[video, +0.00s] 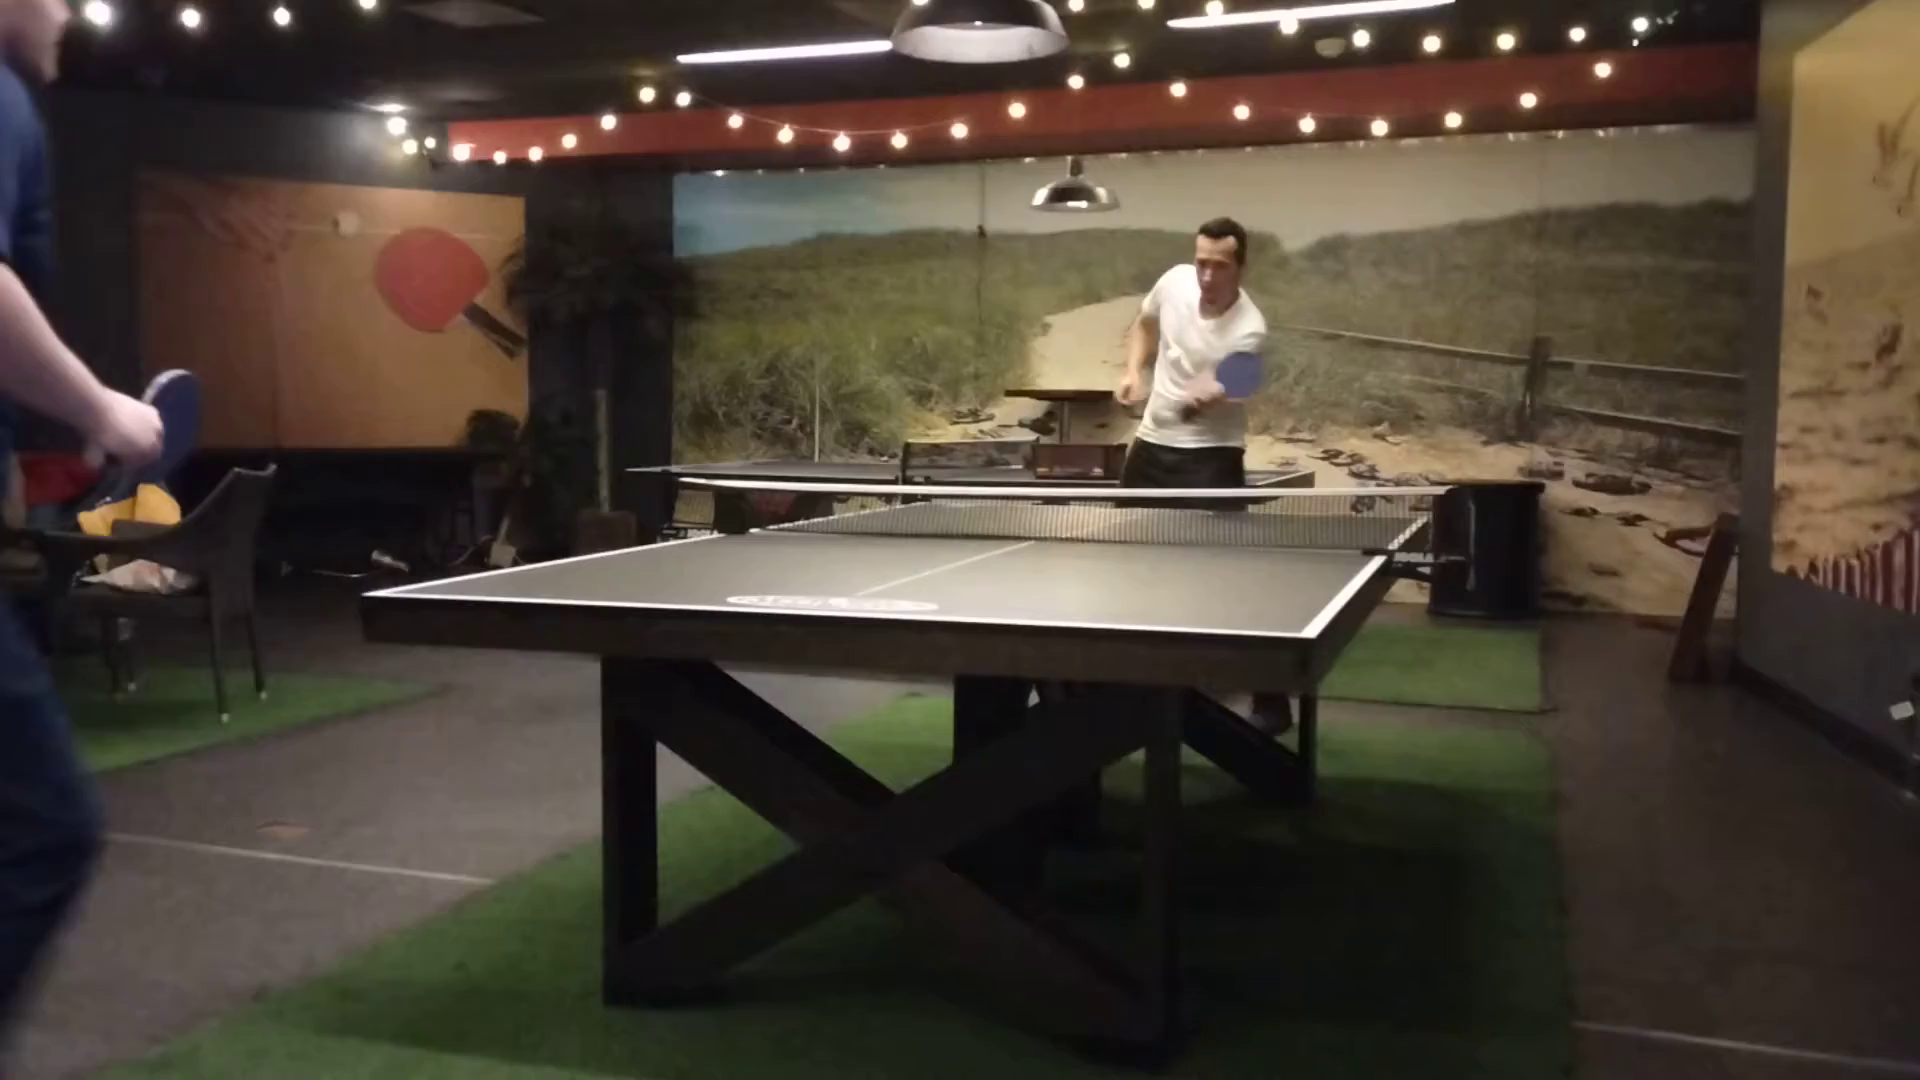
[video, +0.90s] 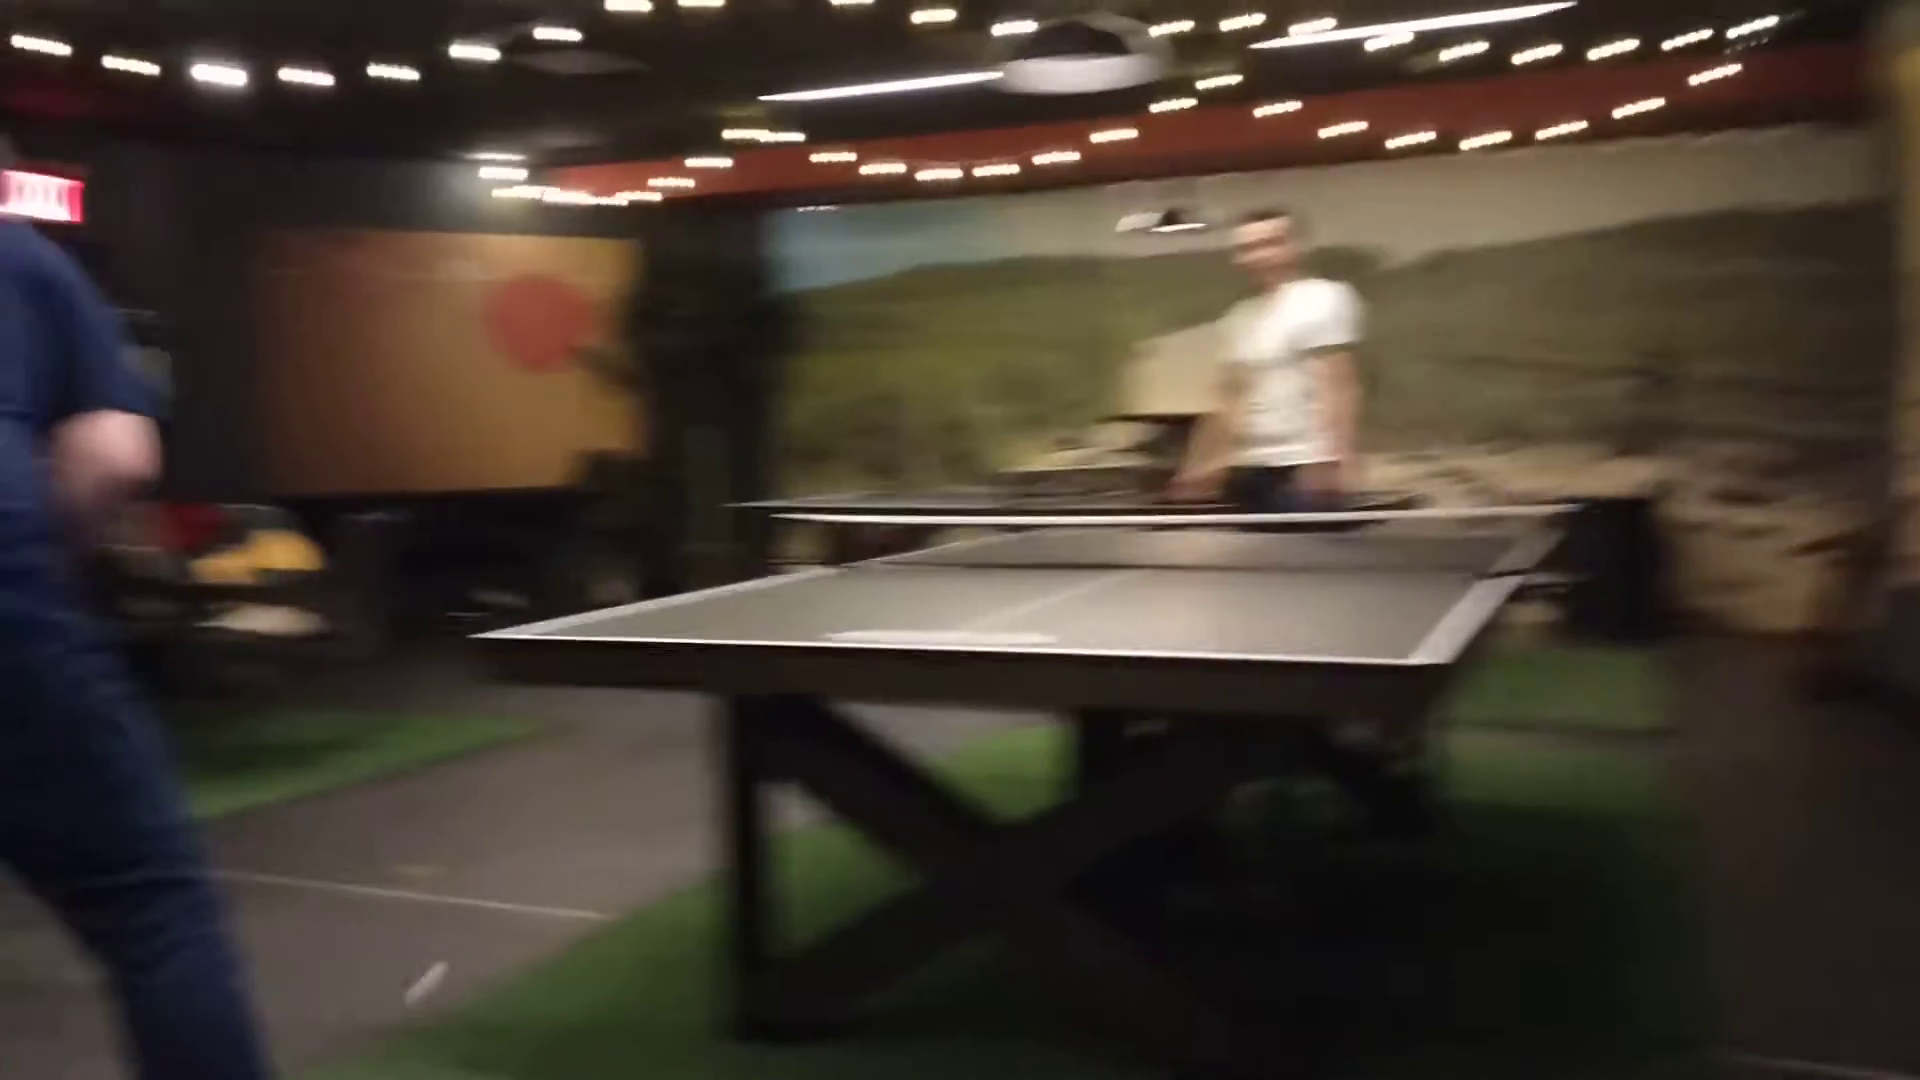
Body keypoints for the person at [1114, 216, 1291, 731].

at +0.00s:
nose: (1208, 274)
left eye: (1220, 265)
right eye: (1202, 263)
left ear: (1240, 268)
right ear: (1194, 259)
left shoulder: (1249, 327)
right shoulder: (1175, 282)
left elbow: (1235, 384)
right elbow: (1145, 324)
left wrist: (1210, 396)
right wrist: (1134, 369)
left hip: (1211, 457)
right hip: (1151, 449)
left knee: (1229, 564)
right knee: (1127, 553)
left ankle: (1266, 695)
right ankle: (1117, 675)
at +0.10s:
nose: (1202, 271)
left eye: (1214, 263)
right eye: (1197, 260)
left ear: (1236, 267)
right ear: (1191, 257)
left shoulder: (1236, 327)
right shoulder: (1184, 279)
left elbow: (1169, 374)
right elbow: (1171, 329)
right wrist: (1148, 358)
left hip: (1205, 456)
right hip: (1149, 446)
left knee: (1221, 565)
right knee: (1129, 556)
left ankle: (1266, 694)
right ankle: (1123, 675)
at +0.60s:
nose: (1147, 239)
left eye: (1157, 229)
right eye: (1142, 231)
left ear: (1183, 233)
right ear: (1141, 237)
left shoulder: (1195, 283)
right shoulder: (1160, 290)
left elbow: (1192, 362)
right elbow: (1171, 363)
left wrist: (1131, 389)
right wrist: (1140, 396)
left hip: (1203, 448)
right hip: (1161, 445)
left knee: (1224, 566)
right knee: (1140, 562)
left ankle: (1267, 695)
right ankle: (1143, 683)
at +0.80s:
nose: (1167, 249)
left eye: (1176, 237)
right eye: (1156, 238)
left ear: (1193, 241)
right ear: (1141, 246)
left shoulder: (1222, 293)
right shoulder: (1150, 304)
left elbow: (1248, 370)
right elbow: (1139, 382)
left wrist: (1211, 436)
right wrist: (1123, 442)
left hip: (1213, 458)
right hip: (1158, 457)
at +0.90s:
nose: (1259, 257)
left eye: (1269, 244)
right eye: (1248, 249)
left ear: (1292, 245)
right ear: (1237, 257)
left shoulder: (1324, 299)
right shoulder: (1241, 316)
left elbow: (1338, 386)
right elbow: (1227, 403)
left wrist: (1334, 459)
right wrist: (1201, 466)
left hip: (1310, 468)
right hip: (1251, 470)